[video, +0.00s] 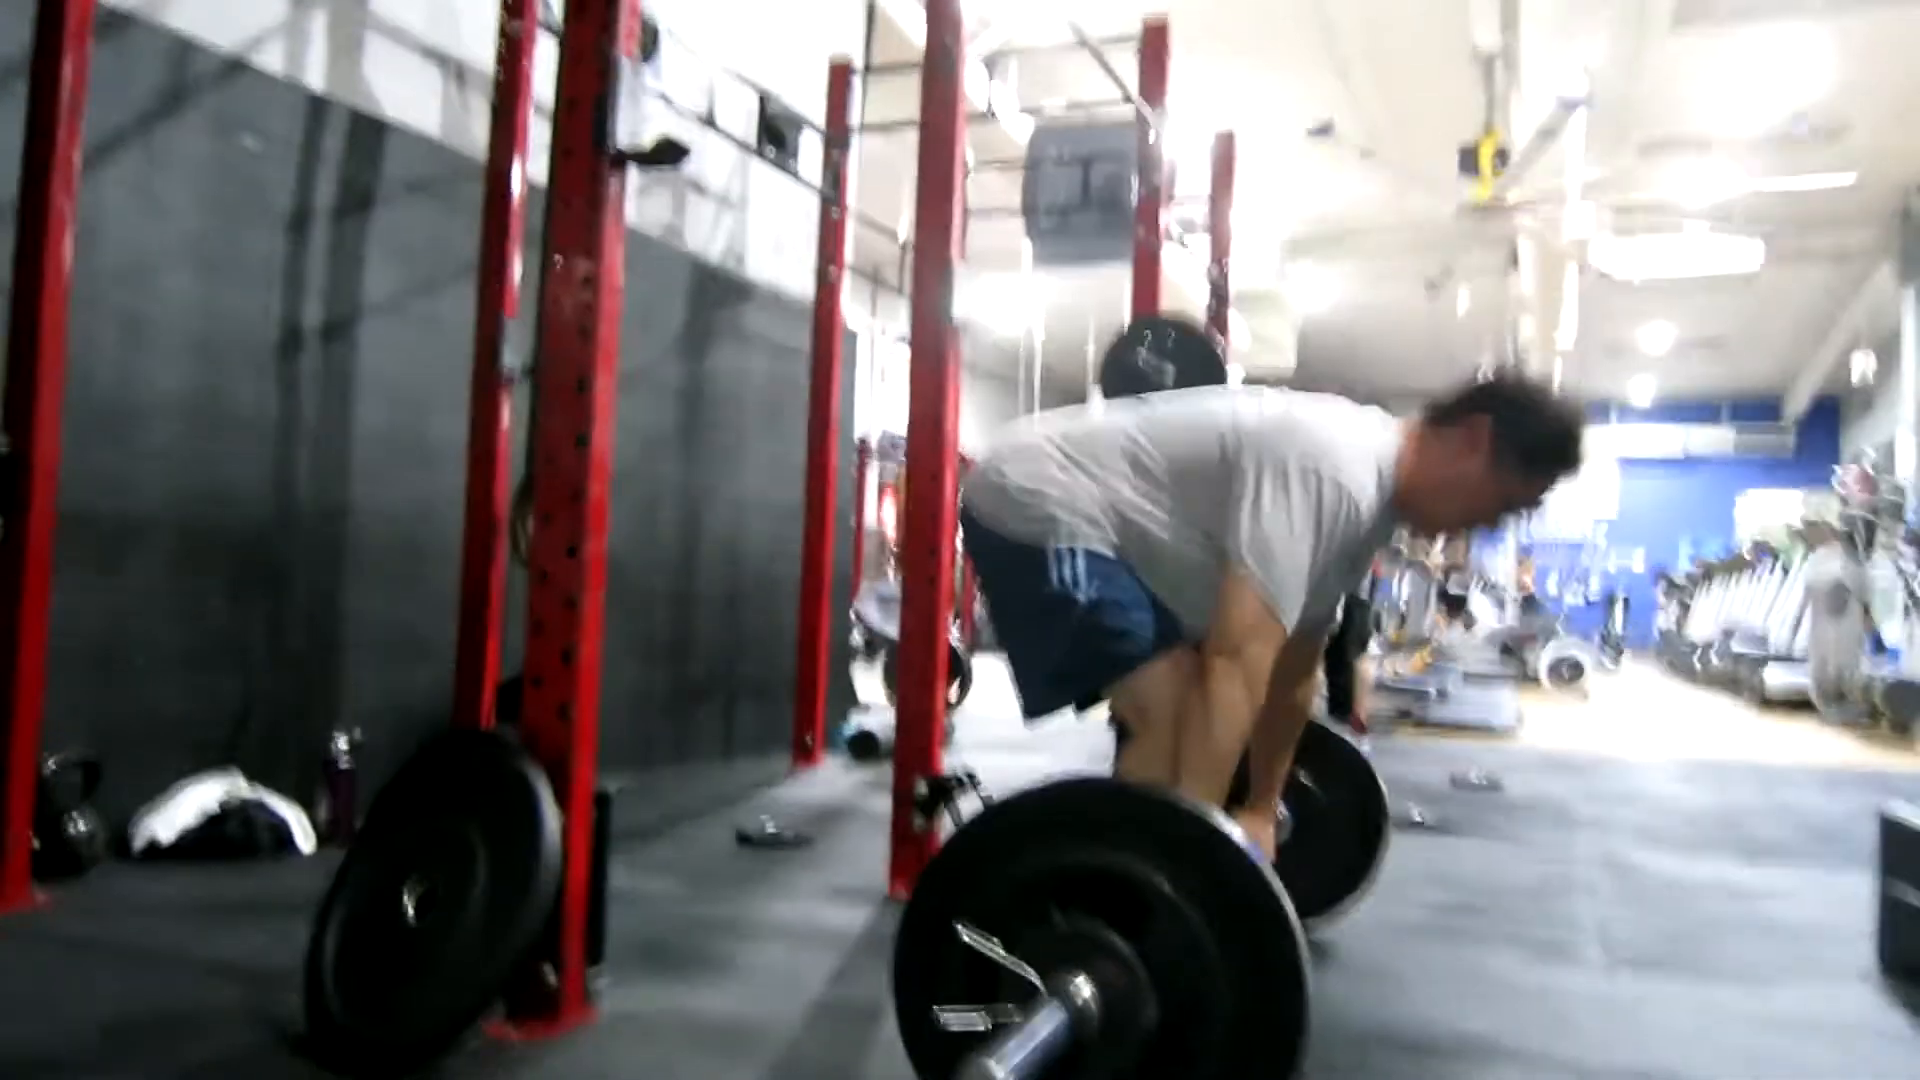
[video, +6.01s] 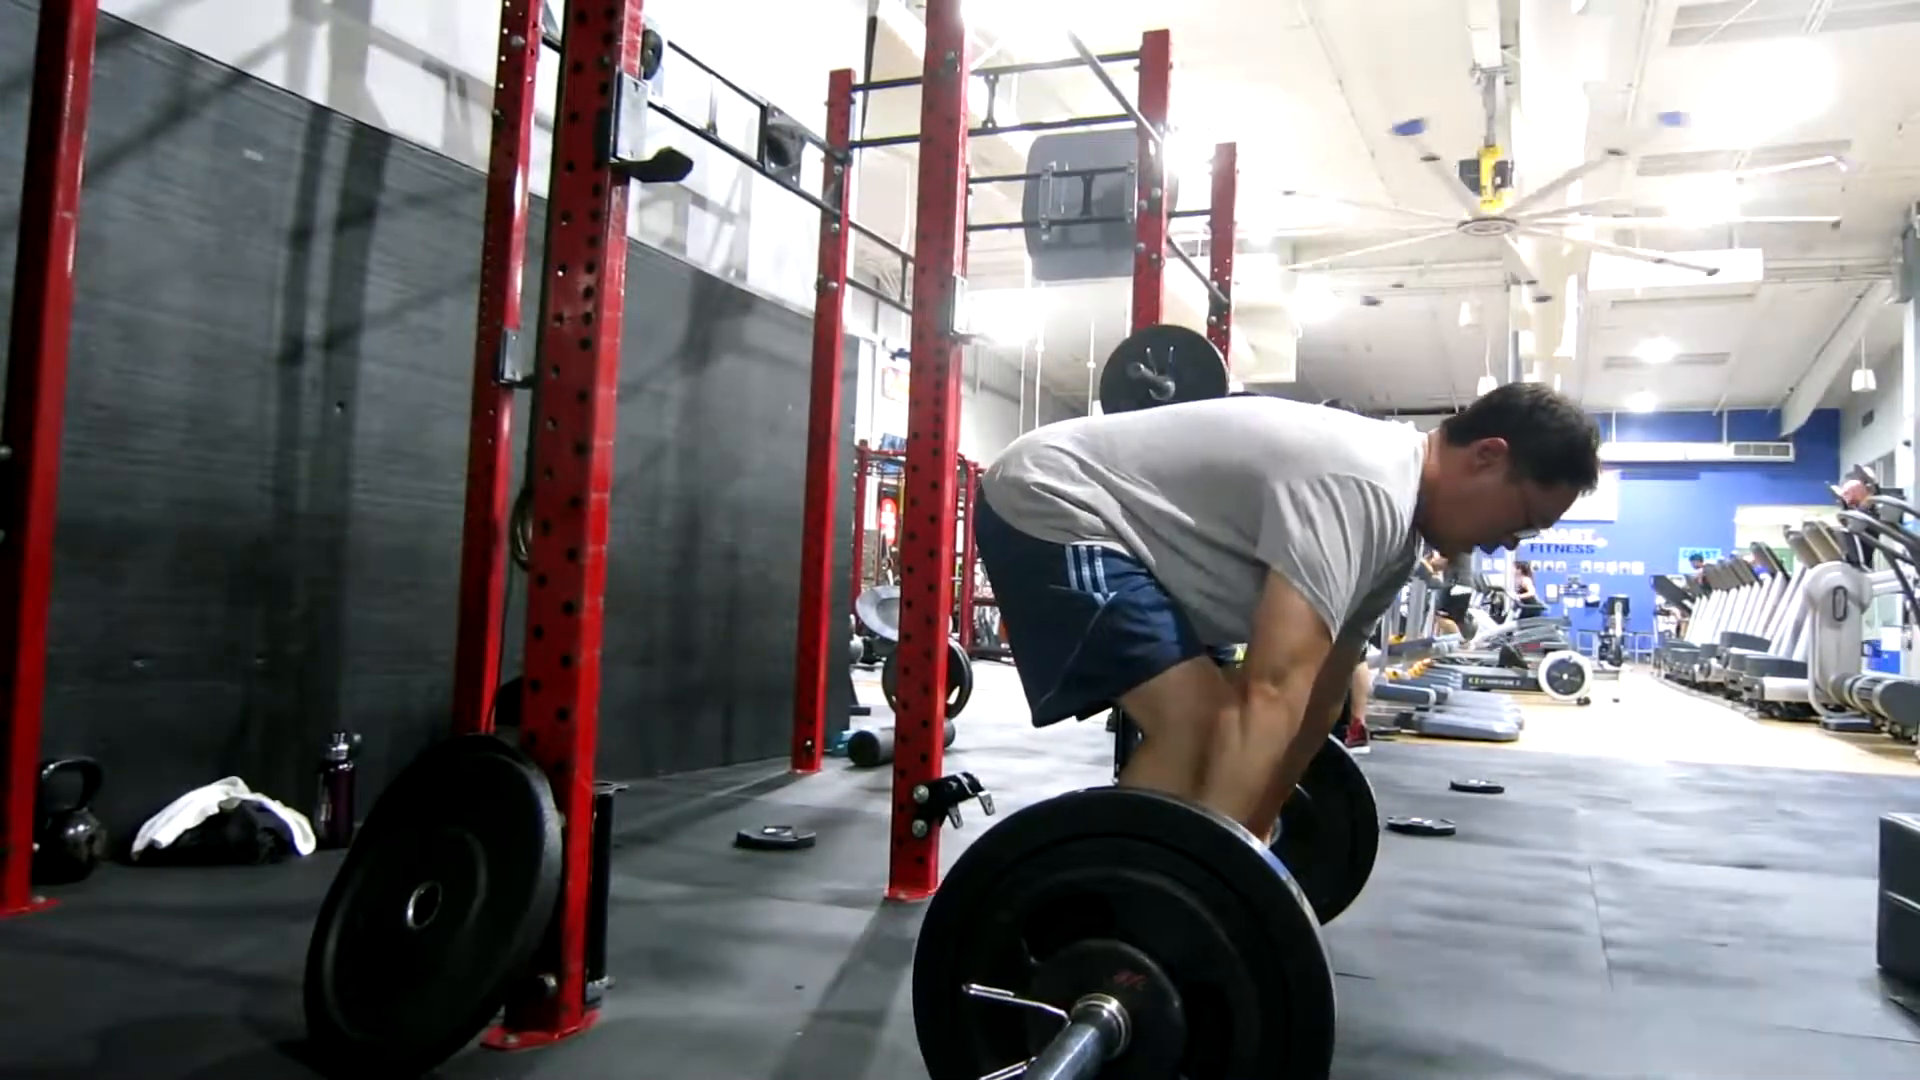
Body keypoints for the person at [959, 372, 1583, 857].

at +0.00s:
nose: (1486, 527)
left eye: (1505, 516)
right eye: (1501, 504)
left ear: (1472, 439)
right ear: (1472, 440)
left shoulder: (1367, 499)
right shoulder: (1325, 463)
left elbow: (1295, 671)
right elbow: (1234, 660)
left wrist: (1262, 812)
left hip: (1087, 515)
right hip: (1036, 498)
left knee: (1185, 704)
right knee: (1171, 699)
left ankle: (1129, 904)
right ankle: (1144, 895)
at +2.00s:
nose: (1502, 537)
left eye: (1520, 526)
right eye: (1514, 515)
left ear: (1480, 454)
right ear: (1481, 454)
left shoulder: (1389, 516)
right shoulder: (1343, 476)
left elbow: (1321, 684)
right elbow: (1259, 676)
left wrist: (1256, 828)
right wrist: (1194, 869)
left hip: (1108, 522)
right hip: (1050, 498)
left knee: (1194, 719)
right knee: (1197, 709)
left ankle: (1113, 919)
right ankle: (1134, 919)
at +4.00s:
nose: (1504, 535)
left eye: (1523, 524)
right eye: (1516, 513)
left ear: (1485, 455)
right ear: (1486, 455)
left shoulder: (1381, 504)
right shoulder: (1339, 466)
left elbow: (1304, 681)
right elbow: (1248, 660)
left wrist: (1254, 832)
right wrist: (1204, 863)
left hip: (1112, 510)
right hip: (1053, 489)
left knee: (1193, 711)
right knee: (1194, 700)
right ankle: (1166, 912)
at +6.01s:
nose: (1511, 542)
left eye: (1528, 531)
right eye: (1522, 520)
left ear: (1488, 458)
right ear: (1488, 458)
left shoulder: (1401, 523)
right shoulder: (1358, 486)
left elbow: (1324, 689)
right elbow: (1269, 688)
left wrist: (1239, 849)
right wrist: (1216, 875)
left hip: (1116, 523)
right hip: (1055, 499)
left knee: (1214, 720)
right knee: (1199, 718)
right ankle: (1127, 927)